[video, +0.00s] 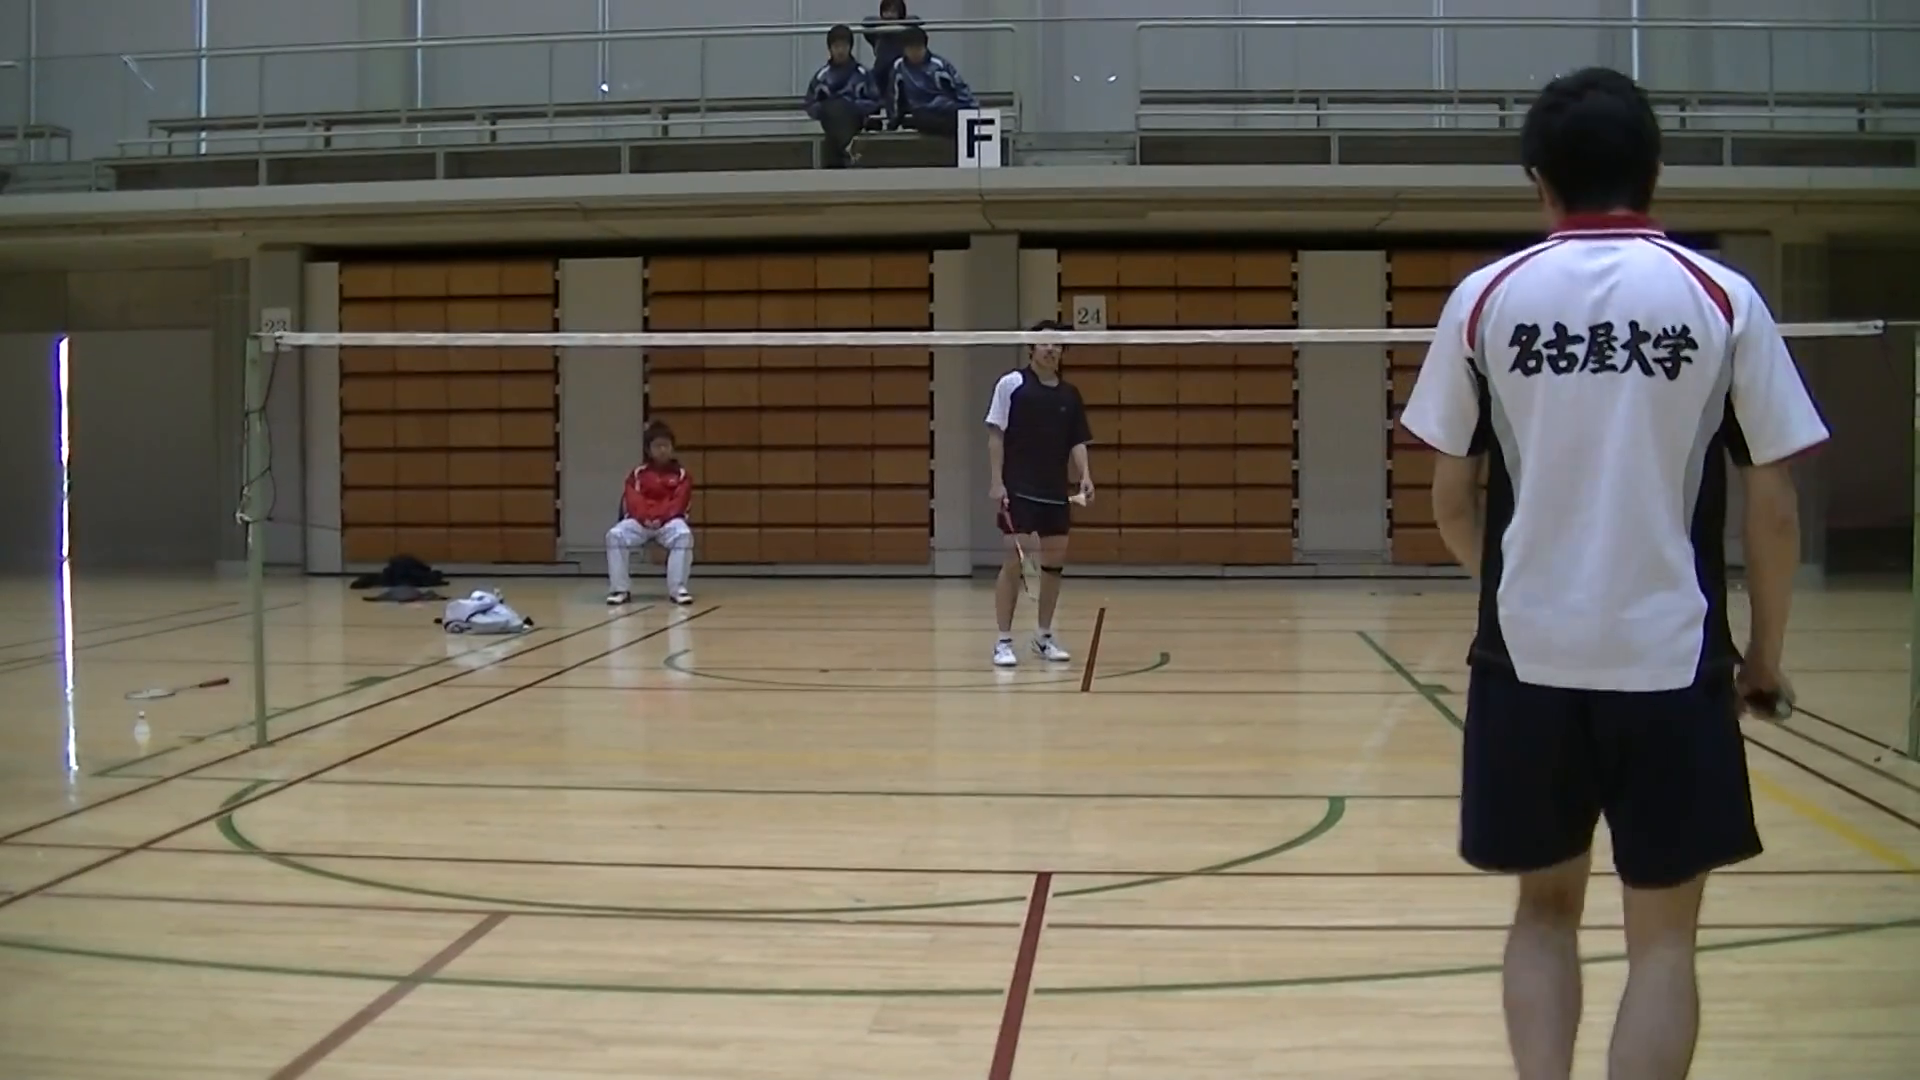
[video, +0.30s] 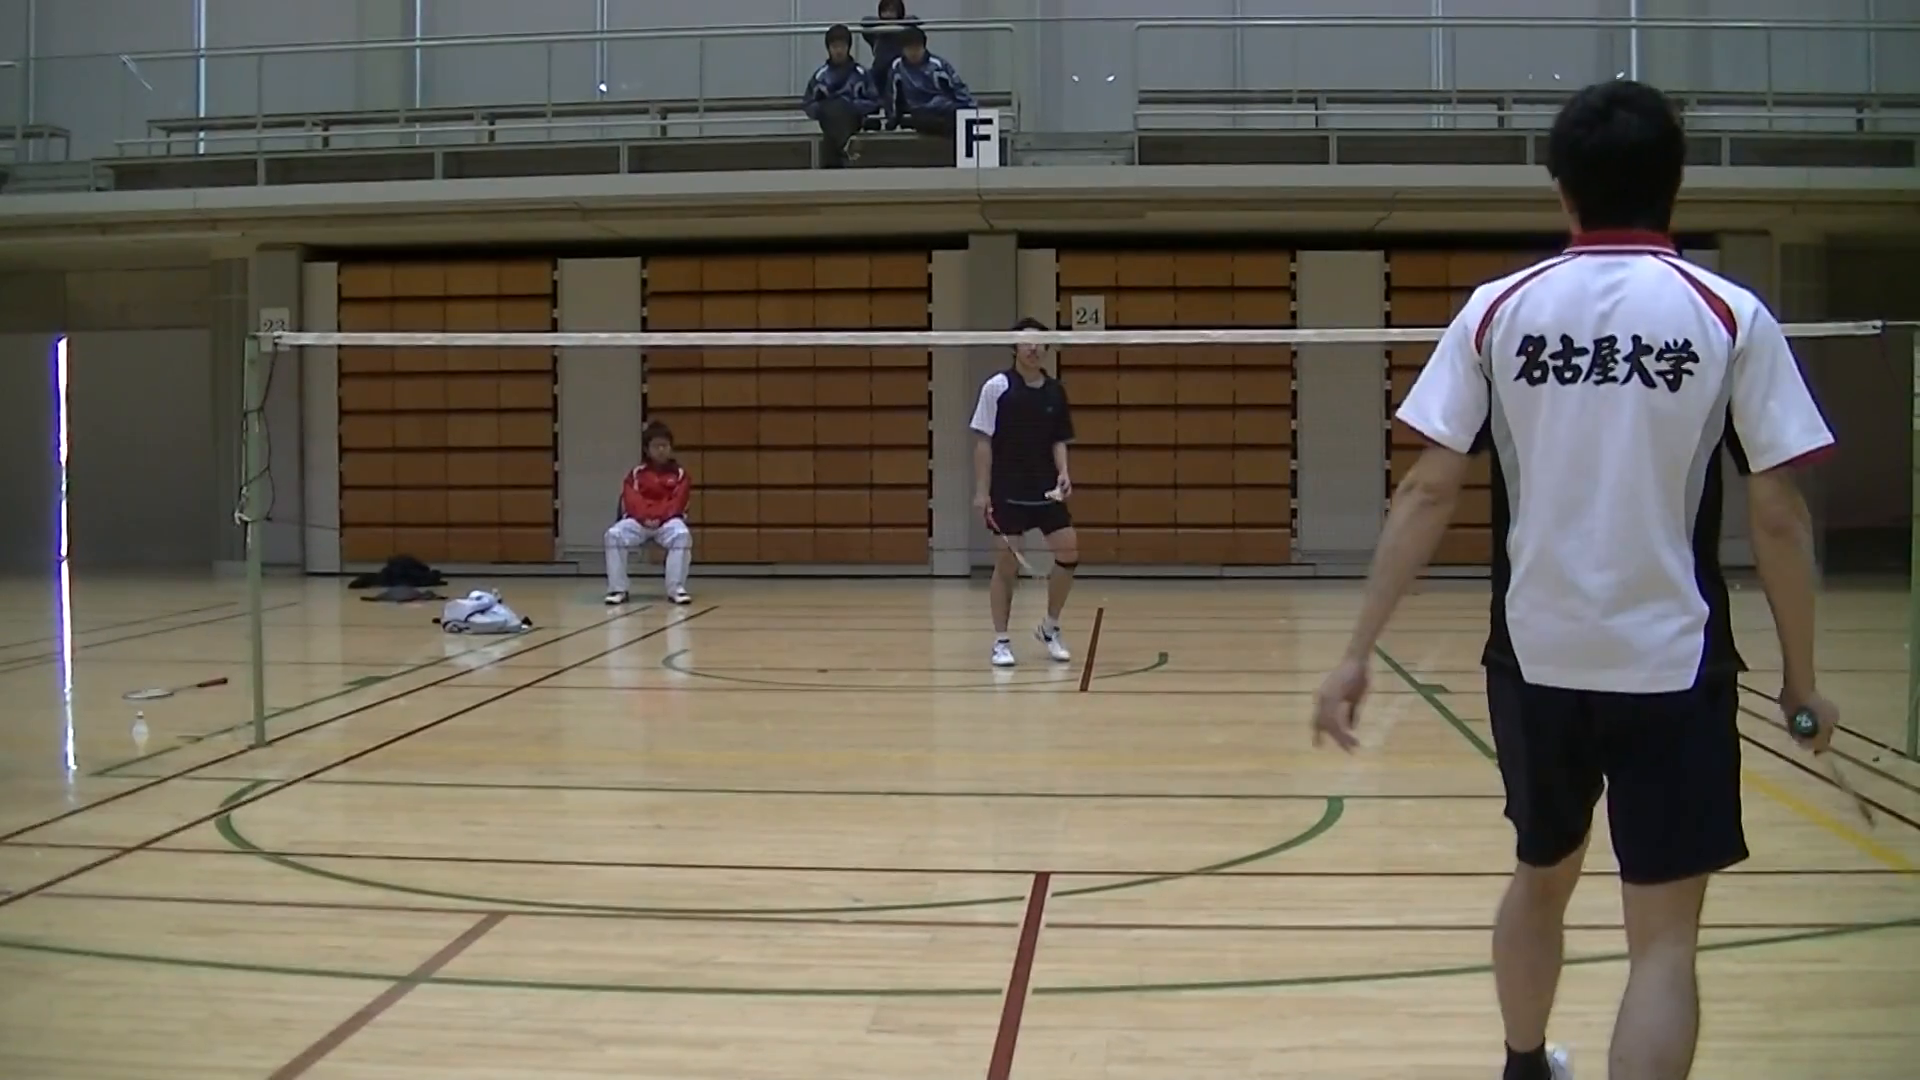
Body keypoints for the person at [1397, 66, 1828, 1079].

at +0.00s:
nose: (1542, 182)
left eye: (1538, 169)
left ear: (1541, 178)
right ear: (1651, 173)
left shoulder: (1485, 298)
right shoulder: (1726, 299)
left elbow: (1453, 500)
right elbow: (1769, 498)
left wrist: (1504, 587)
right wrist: (1767, 654)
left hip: (1528, 665)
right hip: (1668, 669)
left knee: (1545, 905)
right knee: (1661, 934)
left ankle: (1542, 1077)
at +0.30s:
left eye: (1566, 177)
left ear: (1561, 190)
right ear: (1675, 186)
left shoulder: (1497, 312)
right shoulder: (1729, 317)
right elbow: (1780, 517)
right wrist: (1800, 678)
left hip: (1533, 666)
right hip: (1671, 672)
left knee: (1540, 870)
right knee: (1663, 937)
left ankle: (1525, 1064)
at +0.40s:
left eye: (1545, 197)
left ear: (1544, 208)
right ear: (1654, 202)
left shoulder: (1491, 328)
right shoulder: (1718, 327)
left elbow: (1398, 485)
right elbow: (1791, 504)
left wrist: (1314, 606)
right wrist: (1815, 638)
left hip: (1535, 671)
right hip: (1673, 673)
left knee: (1534, 886)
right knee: (1664, 939)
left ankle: (1527, 1064)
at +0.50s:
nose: (1526, 232)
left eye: (1521, 219)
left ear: (1522, 230)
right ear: (1626, 219)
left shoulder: (1477, 343)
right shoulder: (1692, 330)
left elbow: (1371, 484)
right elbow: (1792, 470)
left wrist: (1325, 515)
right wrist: (1820, 549)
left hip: (1529, 671)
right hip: (1661, 670)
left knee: (1536, 869)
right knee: (1658, 936)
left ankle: (1530, 1064)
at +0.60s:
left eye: (1502, 226)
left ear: (1502, 238)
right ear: (1605, 225)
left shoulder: (1468, 341)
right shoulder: (1672, 323)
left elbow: (1353, 482)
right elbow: (1798, 461)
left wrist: (1403, 435)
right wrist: (1818, 467)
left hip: (1516, 654)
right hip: (1642, 651)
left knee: (1535, 859)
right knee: (1655, 925)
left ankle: (1528, 1062)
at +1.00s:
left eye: (1486, 238)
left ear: (1487, 248)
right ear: (1584, 234)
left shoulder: (1450, 347)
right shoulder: (1649, 321)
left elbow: (1364, 486)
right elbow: (1780, 424)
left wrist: (1409, 419)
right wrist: (1815, 411)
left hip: (1501, 636)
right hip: (1624, 629)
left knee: (1531, 849)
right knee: (1649, 883)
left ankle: (1526, 1061)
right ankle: (1637, 1075)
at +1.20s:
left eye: (1492, 239)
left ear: (1494, 249)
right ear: (1591, 235)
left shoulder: (1455, 348)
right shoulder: (1654, 322)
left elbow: (1368, 486)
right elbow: (1787, 424)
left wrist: (1413, 428)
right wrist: (1820, 412)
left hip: (1505, 638)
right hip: (1630, 630)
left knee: (1532, 848)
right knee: (1651, 886)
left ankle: (1527, 1061)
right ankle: (1641, 1077)